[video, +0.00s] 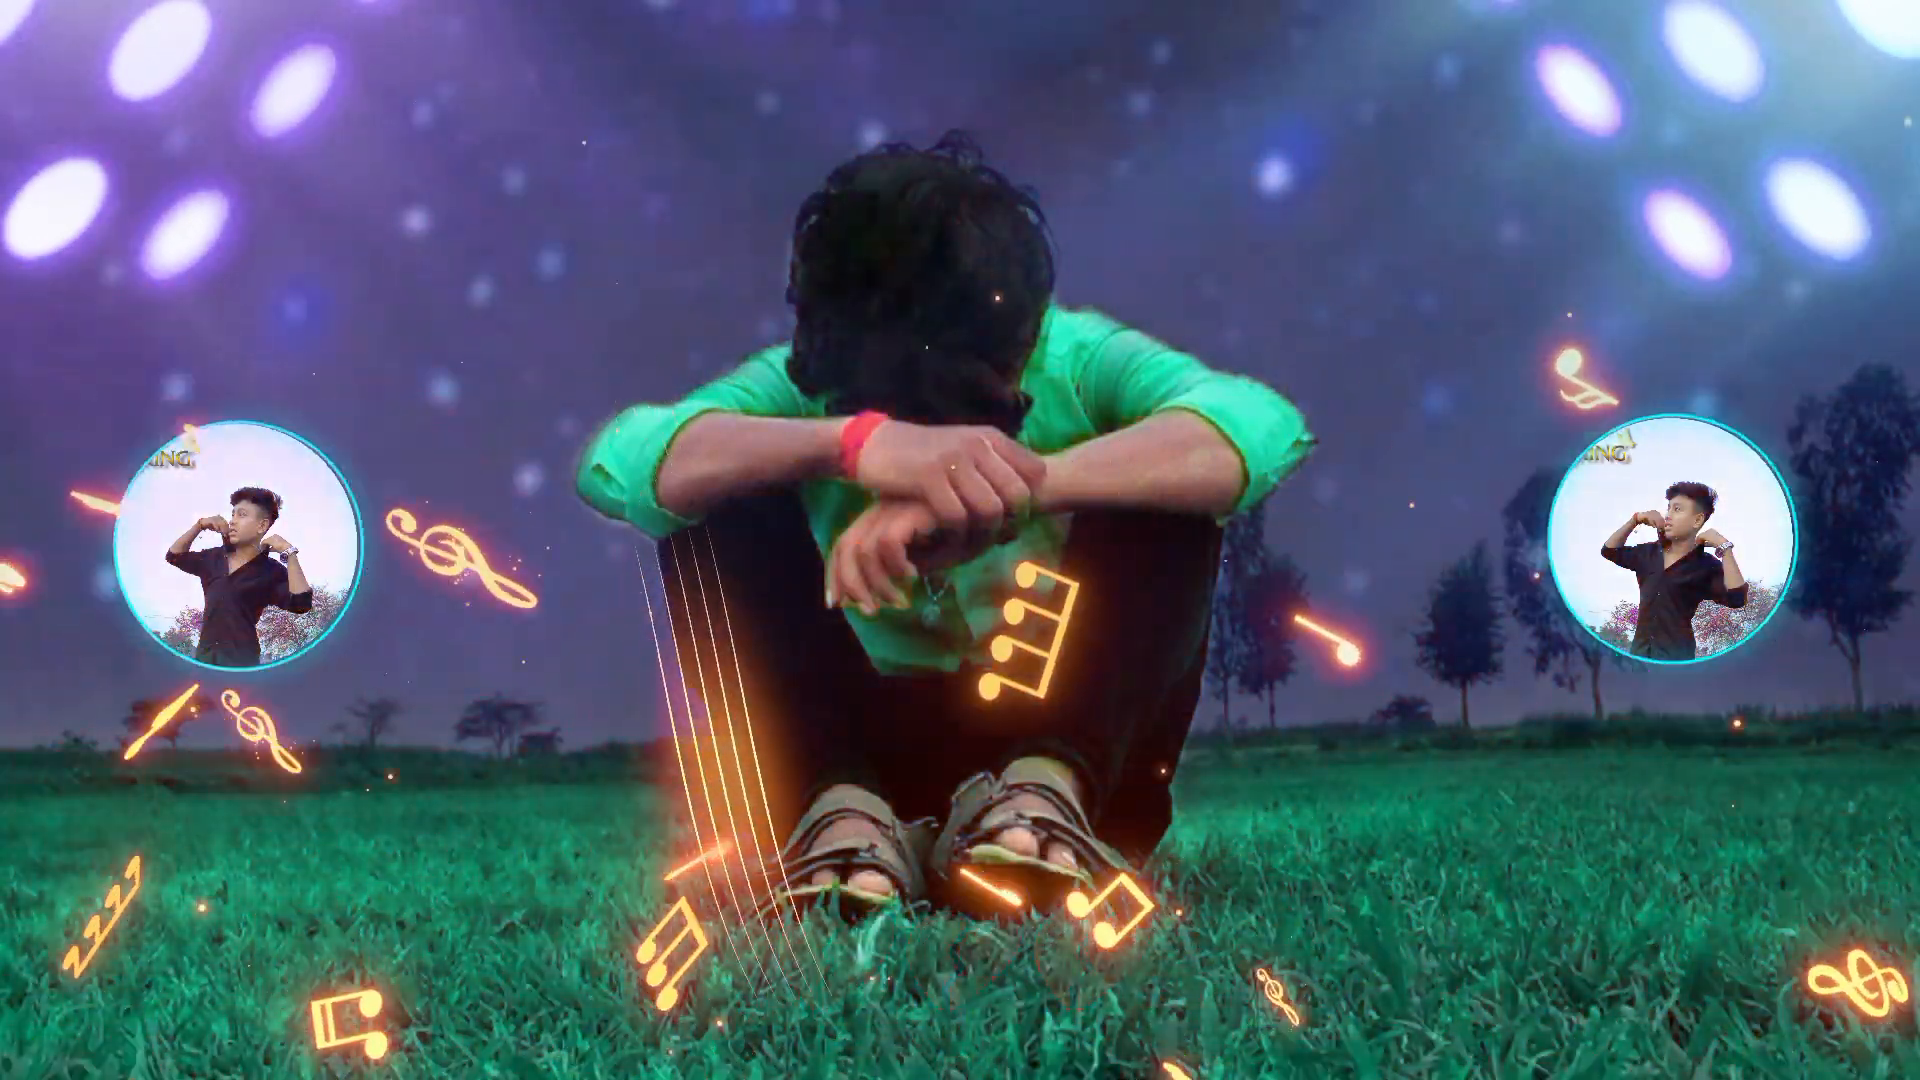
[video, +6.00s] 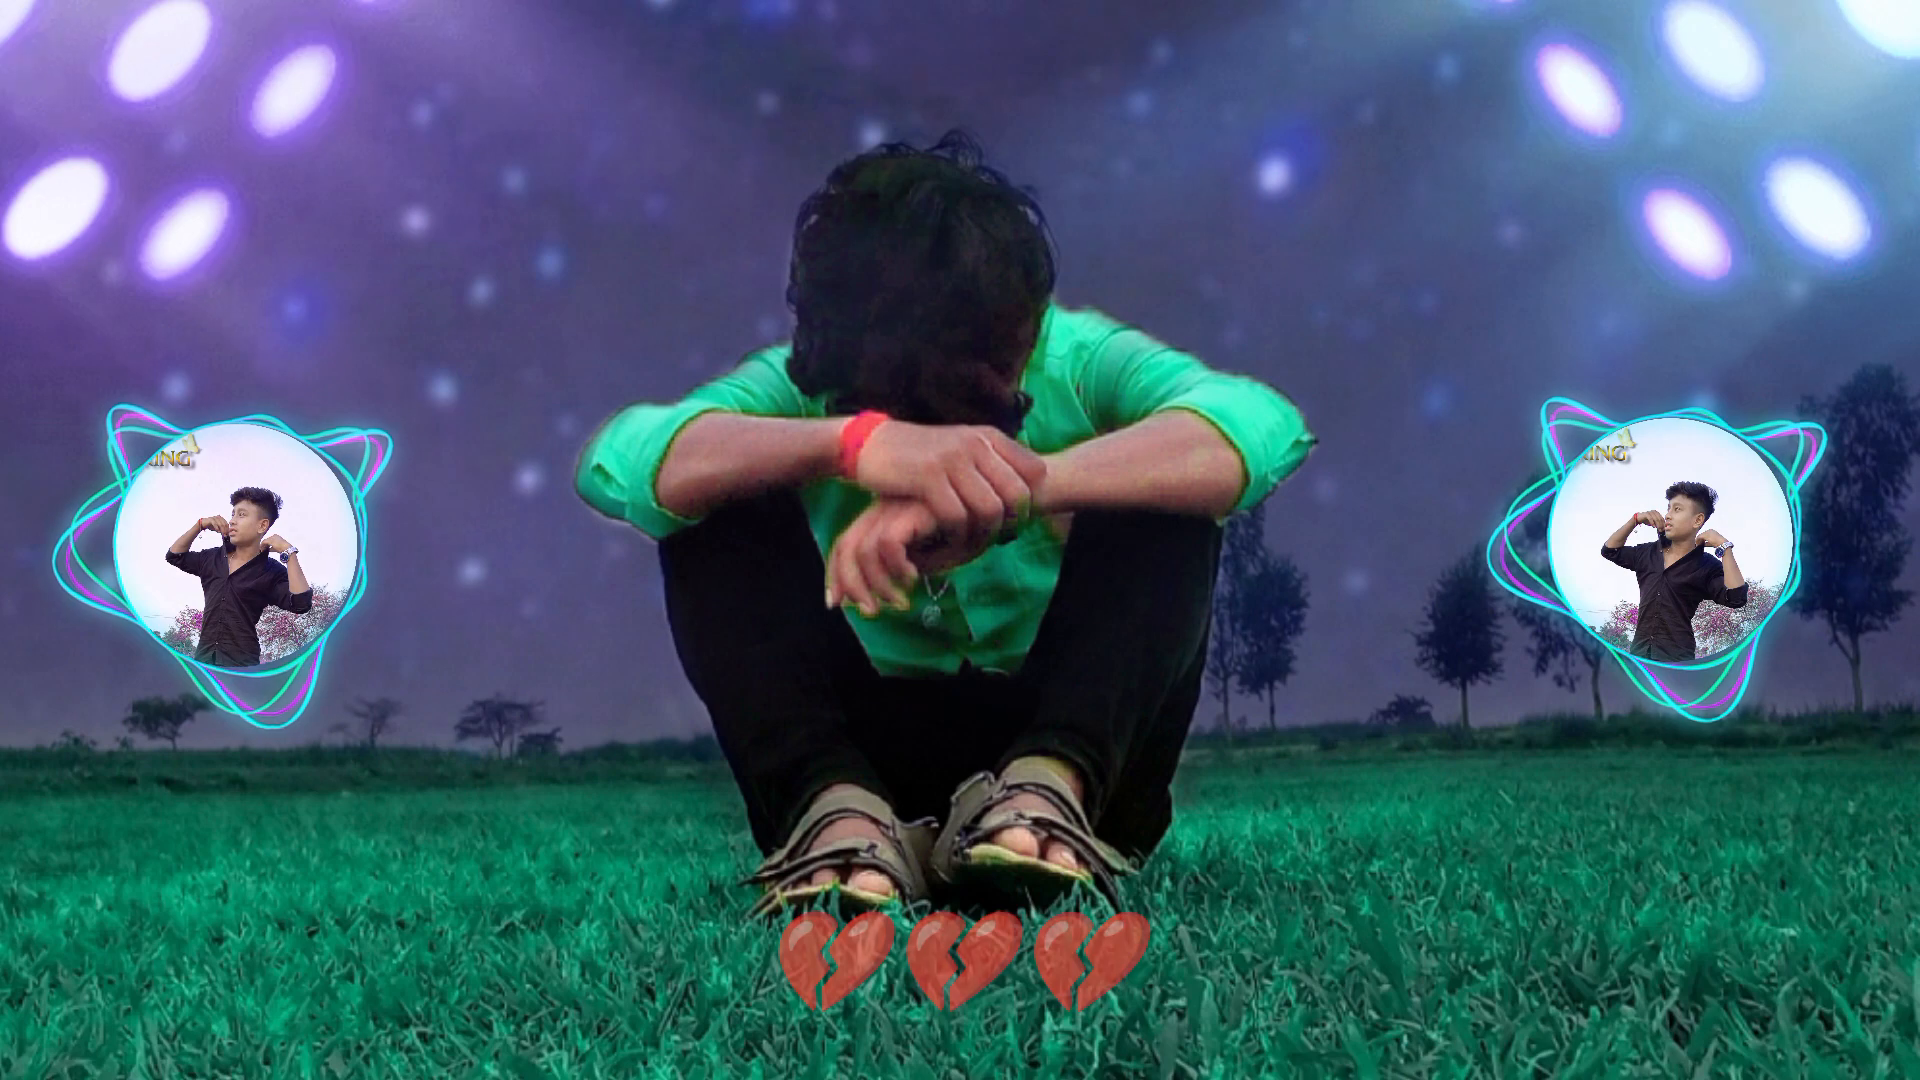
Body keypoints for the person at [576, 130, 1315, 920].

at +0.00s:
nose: (932, 443)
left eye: (967, 405)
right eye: (892, 404)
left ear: (1019, 348)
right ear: (826, 359)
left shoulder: (1073, 353)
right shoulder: (795, 382)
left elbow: (1264, 430)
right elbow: (610, 466)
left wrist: (988, 493)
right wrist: (853, 445)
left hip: (1046, 735)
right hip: (861, 744)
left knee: (1165, 488)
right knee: (715, 504)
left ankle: (1039, 790)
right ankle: (840, 812)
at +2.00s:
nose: (907, 450)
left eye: (945, 416)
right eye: (866, 408)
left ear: (1019, 358)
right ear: (815, 361)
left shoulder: (1079, 356)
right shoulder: (795, 381)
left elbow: (1265, 429)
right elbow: (612, 467)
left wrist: (999, 491)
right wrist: (852, 446)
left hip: (1059, 746)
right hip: (864, 752)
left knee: (1167, 486)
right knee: (712, 502)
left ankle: (1043, 790)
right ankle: (836, 818)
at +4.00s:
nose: (934, 435)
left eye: (971, 396)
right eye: (898, 402)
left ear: (1021, 343)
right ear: (828, 361)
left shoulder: (1075, 355)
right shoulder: (795, 383)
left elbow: (1265, 429)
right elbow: (611, 467)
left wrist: (1000, 491)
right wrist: (850, 446)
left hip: (1064, 752)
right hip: (866, 759)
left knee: (1165, 488)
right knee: (714, 505)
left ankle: (1043, 790)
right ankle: (837, 819)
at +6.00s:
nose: (947, 449)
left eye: (979, 404)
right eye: (908, 423)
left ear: (1019, 343)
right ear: (832, 373)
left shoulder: (1074, 353)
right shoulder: (795, 383)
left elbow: (1266, 428)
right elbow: (611, 467)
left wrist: (1002, 491)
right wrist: (852, 447)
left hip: (1058, 749)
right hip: (862, 757)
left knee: (1166, 488)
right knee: (712, 500)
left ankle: (1044, 791)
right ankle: (836, 817)